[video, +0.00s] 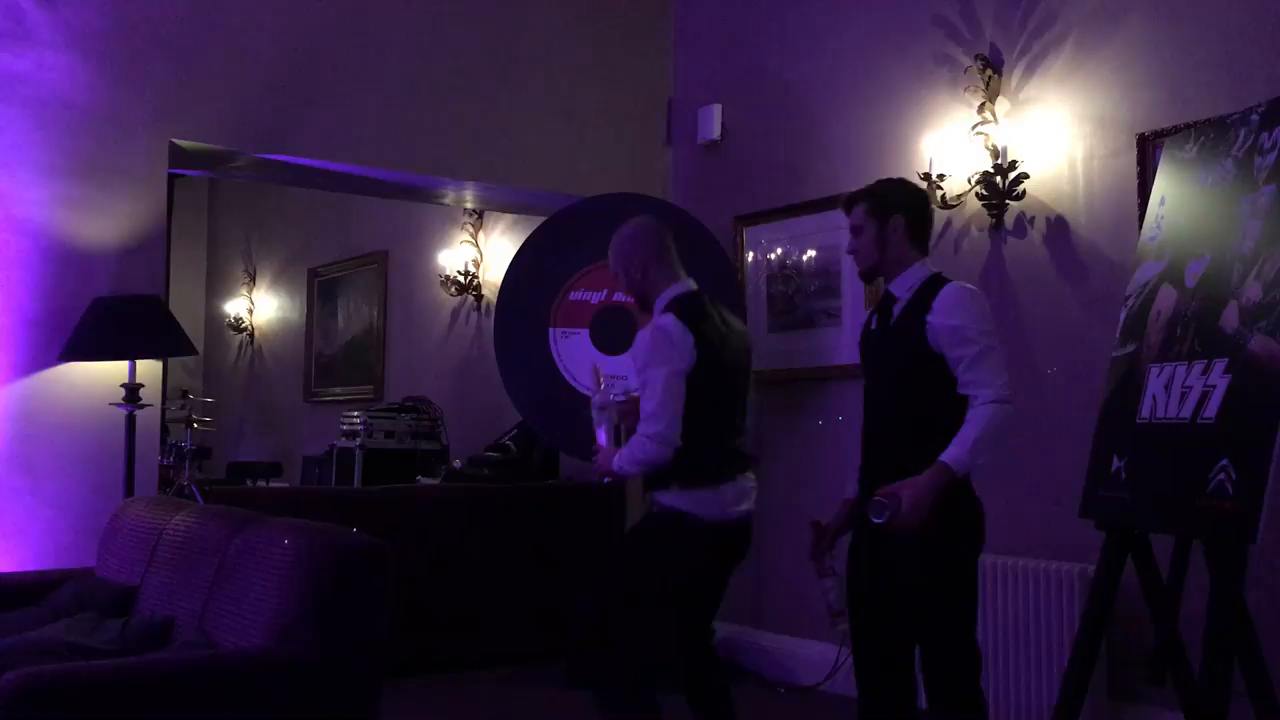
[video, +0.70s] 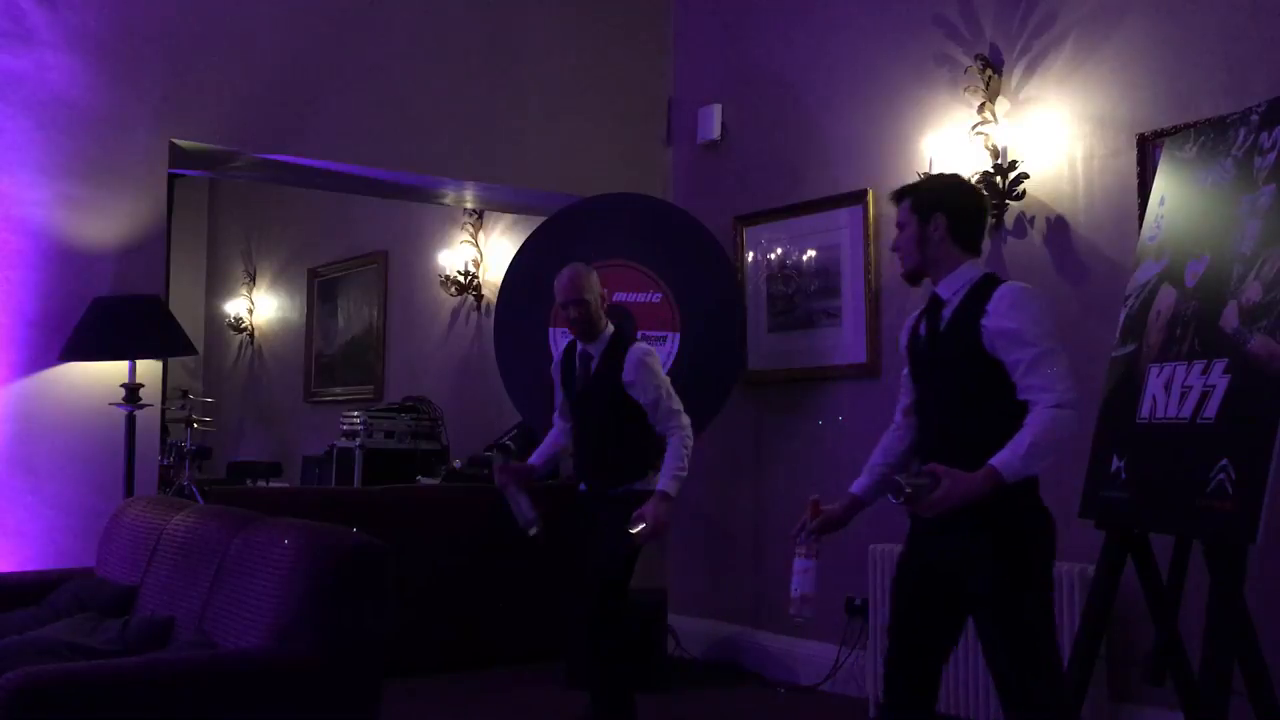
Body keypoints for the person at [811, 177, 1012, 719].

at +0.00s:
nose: (849, 243)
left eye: (859, 229)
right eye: (849, 231)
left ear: (898, 230)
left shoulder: (953, 301)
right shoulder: (876, 318)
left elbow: (992, 401)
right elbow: (885, 431)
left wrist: (933, 479)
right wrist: (849, 510)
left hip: (938, 517)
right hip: (880, 519)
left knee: (949, 679)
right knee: (881, 680)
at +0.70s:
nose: (893, 243)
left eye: (902, 228)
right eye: (895, 229)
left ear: (937, 230)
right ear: (939, 233)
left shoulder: (1009, 305)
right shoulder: (921, 327)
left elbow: (1057, 408)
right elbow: (907, 424)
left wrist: (981, 480)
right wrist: (851, 502)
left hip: (1005, 529)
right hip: (935, 529)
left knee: (1029, 693)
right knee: (906, 690)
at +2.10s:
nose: (928, 240)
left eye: (938, 225)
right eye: (927, 227)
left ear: (982, 221)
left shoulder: (1048, 294)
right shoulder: (946, 313)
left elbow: (1093, 403)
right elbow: (904, 404)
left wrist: (1035, 470)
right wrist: (828, 463)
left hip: (1035, 517)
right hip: (962, 515)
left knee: (1043, 686)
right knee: (955, 685)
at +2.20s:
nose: (940, 236)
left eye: (950, 219)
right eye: (941, 221)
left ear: (995, 218)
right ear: (989, 220)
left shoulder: (1055, 297)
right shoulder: (958, 307)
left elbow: (1097, 410)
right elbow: (904, 377)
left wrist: (1028, 486)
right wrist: (822, 395)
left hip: (1035, 526)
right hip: (963, 522)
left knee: (1042, 691)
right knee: (954, 689)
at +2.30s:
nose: (949, 223)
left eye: (962, 209)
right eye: (952, 209)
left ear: (1006, 216)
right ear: (994, 219)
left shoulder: (1056, 298)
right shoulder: (968, 302)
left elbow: (1093, 414)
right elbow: (898, 347)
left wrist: (1020, 500)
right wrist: (823, 315)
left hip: (1033, 535)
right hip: (965, 531)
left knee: (1039, 695)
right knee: (954, 693)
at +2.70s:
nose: (960, 214)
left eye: (975, 202)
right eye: (964, 201)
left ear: (1019, 217)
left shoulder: (1043, 308)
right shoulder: (979, 293)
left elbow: (1012, 437)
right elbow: (886, 329)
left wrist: (932, 515)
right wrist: (830, 277)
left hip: (1028, 516)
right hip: (974, 510)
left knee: (1035, 687)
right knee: (950, 681)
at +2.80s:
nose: (958, 219)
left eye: (973, 207)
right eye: (960, 205)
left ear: (1019, 218)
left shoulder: (1038, 308)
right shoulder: (976, 295)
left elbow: (991, 436)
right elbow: (885, 358)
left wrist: (895, 486)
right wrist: (868, 314)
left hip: (1030, 510)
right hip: (979, 504)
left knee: (1031, 675)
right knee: (949, 667)